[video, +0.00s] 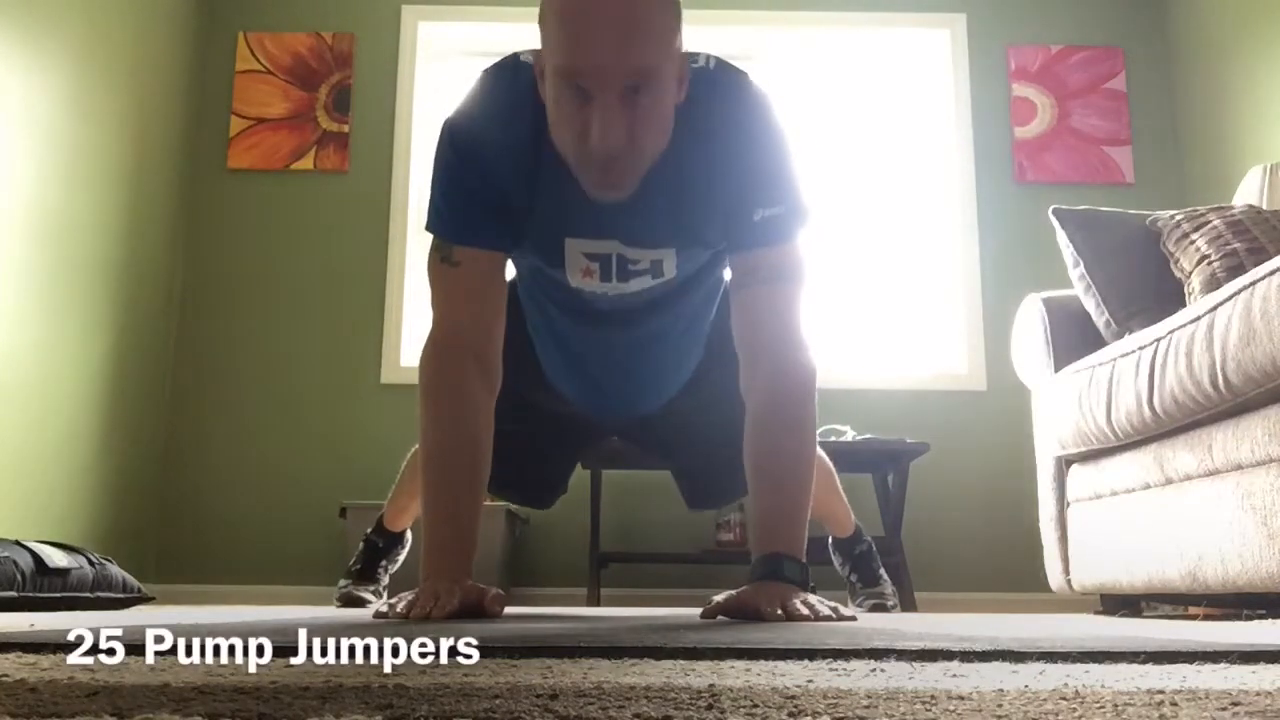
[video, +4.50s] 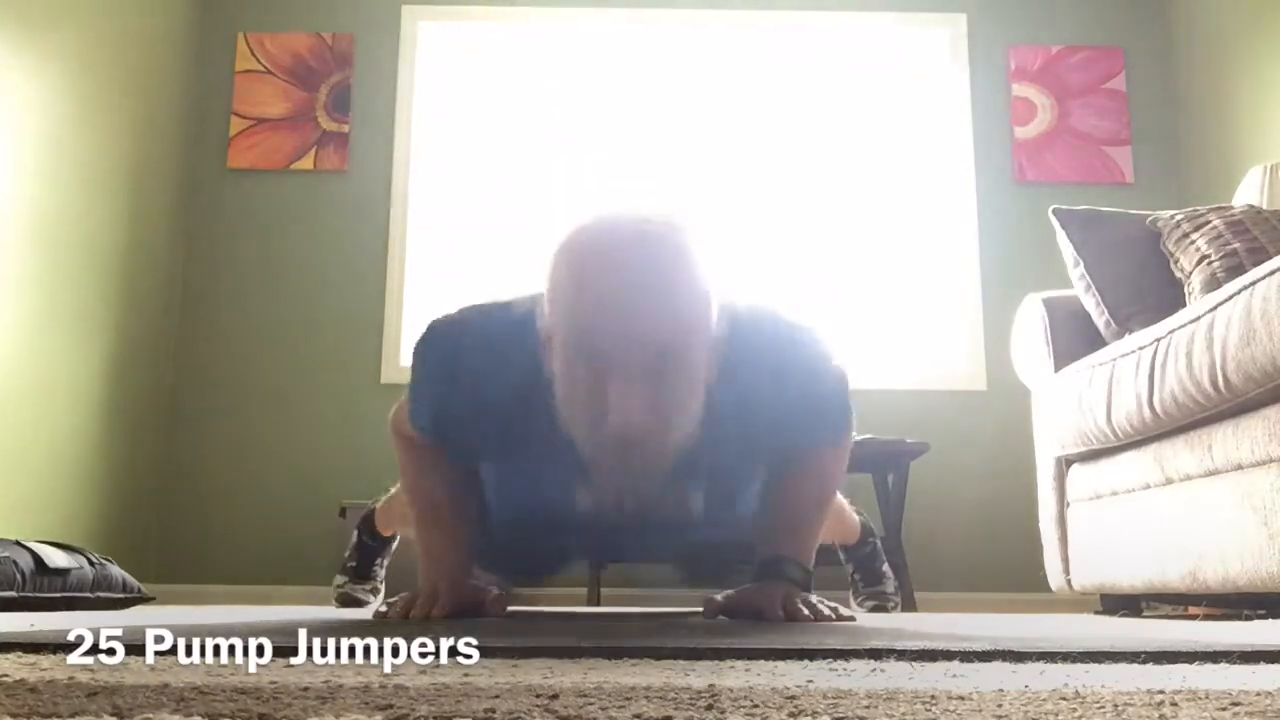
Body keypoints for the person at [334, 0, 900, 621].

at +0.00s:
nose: (604, 132)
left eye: (635, 93)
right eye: (578, 93)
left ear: (678, 73)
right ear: (541, 72)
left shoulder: (734, 118)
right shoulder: (491, 122)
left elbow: (778, 362)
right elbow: (459, 356)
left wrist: (779, 574)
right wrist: (444, 580)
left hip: (692, 349)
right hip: (542, 345)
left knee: (788, 455)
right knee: (449, 446)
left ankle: (858, 554)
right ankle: (382, 550)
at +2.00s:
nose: (618, 101)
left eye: (651, 65)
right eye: (591, 63)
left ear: (694, 42)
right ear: (554, 36)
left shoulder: (743, 110)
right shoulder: (499, 110)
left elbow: (780, 359)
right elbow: (462, 351)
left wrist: (782, 575)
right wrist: (444, 581)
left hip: (690, 336)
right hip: (541, 335)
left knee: (789, 455)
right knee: (450, 450)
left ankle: (856, 550)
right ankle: (384, 543)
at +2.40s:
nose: (624, 197)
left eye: (646, 177)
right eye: (599, 177)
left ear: (696, 83)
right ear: (555, 90)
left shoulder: (747, 113)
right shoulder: (495, 118)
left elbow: (783, 362)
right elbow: (462, 355)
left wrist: (783, 576)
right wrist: (445, 582)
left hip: (693, 328)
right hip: (544, 326)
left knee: (793, 452)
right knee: (451, 449)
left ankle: (860, 547)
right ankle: (386, 545)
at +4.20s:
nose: (622, 194)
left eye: (655, 155)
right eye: (590, 153)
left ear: (696, 123)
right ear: (553, 115)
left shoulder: (754, 168)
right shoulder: (486, 172)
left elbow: (791, 377)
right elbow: (450, 377)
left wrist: (782, 576)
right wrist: (445, 584)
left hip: (701, 379)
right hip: (534, 379)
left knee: (793, 450)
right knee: (442, 447)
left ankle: (861, 549)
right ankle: (379, 552)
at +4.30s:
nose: (623, 235)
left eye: (657, 199)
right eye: (591, 198)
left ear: (700, 179)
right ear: (554, 179)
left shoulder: (761, 233)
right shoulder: (479, 234)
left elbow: (797, 402)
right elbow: (440, 408)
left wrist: (779, 573)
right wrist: (447, 582)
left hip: (704, 420)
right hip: (532, 419)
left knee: (801, 469)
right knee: (435, 462)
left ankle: (859, 540)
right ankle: (380, 532)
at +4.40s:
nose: (627, 322)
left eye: (661, 282)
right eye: (593, 279)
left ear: (709, 268)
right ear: (551, 266)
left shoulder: (768, 306)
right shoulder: (471, 306)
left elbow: (804, 434)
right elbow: (435, 431)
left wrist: (781, 575)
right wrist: (445, 587)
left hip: (708, 465)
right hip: (530, 466)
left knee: (800, 482)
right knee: (437, 477)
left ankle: (859, 540)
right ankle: (374, 533)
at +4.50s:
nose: (627, 410)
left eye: (659, 369)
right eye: (596, 369)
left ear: (713, 344)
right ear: (547, 342)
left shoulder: (789, 369)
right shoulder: (462, 360)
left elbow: (825, 427)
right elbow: (418, 432)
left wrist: (781, 572)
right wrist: (448, 578)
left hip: (714, 530)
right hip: (525, 529)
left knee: (830, 521)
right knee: (417, 516)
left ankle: (860, 544)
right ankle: (369, 534)